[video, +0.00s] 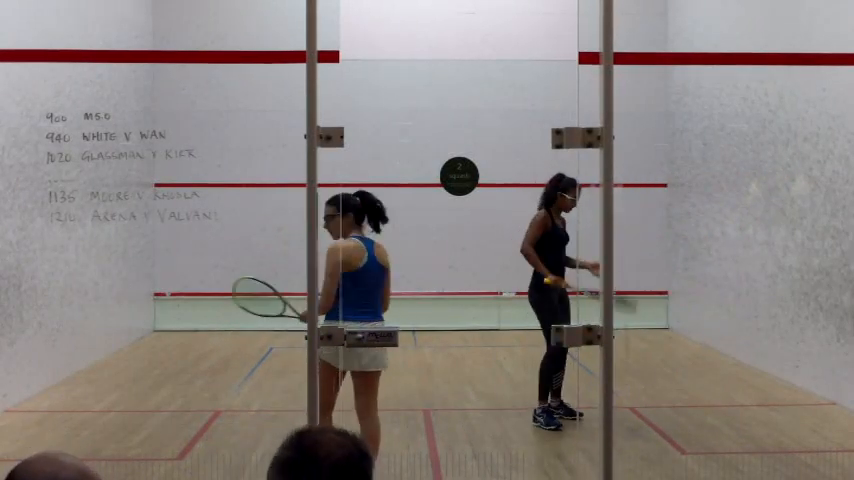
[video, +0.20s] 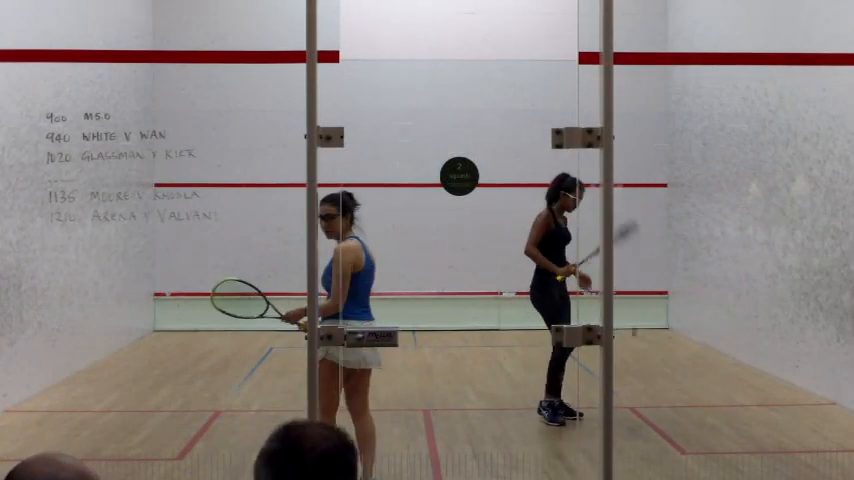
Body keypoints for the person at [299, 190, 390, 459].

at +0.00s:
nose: (325, 226)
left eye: (328, 218)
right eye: (325, 219)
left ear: (346, 218)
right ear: (355, 219)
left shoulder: (337, 250)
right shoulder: (380, 251)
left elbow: (326, 304)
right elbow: (383, 304)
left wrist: (309, 312)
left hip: (337, 336)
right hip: (371, 336)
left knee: (323, 409)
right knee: (368, 411)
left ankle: (323, 472)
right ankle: (366, 472)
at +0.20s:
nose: (323, 224)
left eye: (328, 218)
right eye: (321, 218)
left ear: (347, 217)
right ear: (346, 219)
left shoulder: (344, 250)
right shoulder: (360, 249)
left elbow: (336, 303)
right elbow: (352, 301)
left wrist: (302, 312)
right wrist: (316, 317)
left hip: (339, 338)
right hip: (362, 337)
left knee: (326, 411)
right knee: (360, 409)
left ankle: (321, 475)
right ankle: (368, 474)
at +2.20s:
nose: (330, 226)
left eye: (330, 219)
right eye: (329, 220)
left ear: (342, 217)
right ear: (359, 217)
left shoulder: (341, 249)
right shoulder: (377, 250)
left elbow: (325, 299)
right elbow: (361, 295)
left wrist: (303, 293)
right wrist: (309, 293)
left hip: (339, 333)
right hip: (370, 332)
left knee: (328, 403)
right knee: (368, 400)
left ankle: (327, 468)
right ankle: (367, 467)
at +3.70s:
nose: (322, 220)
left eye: (328, 214)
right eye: (319, 215)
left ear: (344, 216)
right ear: (317, 216)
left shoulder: (348, 248)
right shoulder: (335, 248)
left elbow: (339, 299)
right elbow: (329, 296)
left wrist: (301, 299)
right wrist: (306, 309)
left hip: (338, 328)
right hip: (336, 327)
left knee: (325, 402)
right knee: (348, 399)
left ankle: (324, 460)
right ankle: (364, 455)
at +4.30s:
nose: (303, 239)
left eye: (303, 233)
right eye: (304, 233)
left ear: (307, 235)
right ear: (328, 230)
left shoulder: (321, 261)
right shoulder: (349, 256)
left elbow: (325, 314)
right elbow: (351, 308)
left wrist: (298, 326)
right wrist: (311, 324)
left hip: (358, 337)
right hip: (379, 333)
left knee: (321, 400)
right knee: (366, 396)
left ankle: (325, 463)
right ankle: (385, 460)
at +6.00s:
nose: (330, 245)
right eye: (329, 242)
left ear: (300, 251)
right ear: (326, 244)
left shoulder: (306, 273)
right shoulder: (351, 262)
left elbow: (314, 320)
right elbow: (352, 312)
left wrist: (321, 354)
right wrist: (316, 342)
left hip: (352, 332)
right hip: (384, 328)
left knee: (322, 403)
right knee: (374, 395)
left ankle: (325, 463)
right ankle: (382, 461)